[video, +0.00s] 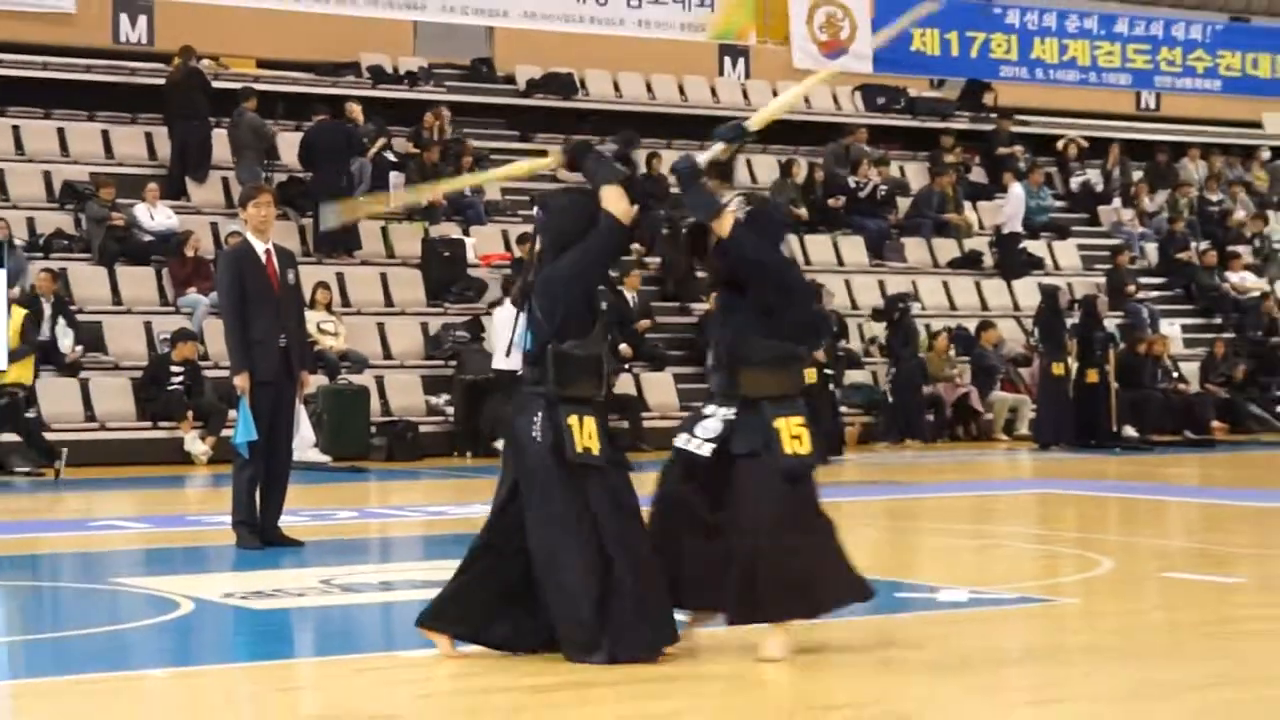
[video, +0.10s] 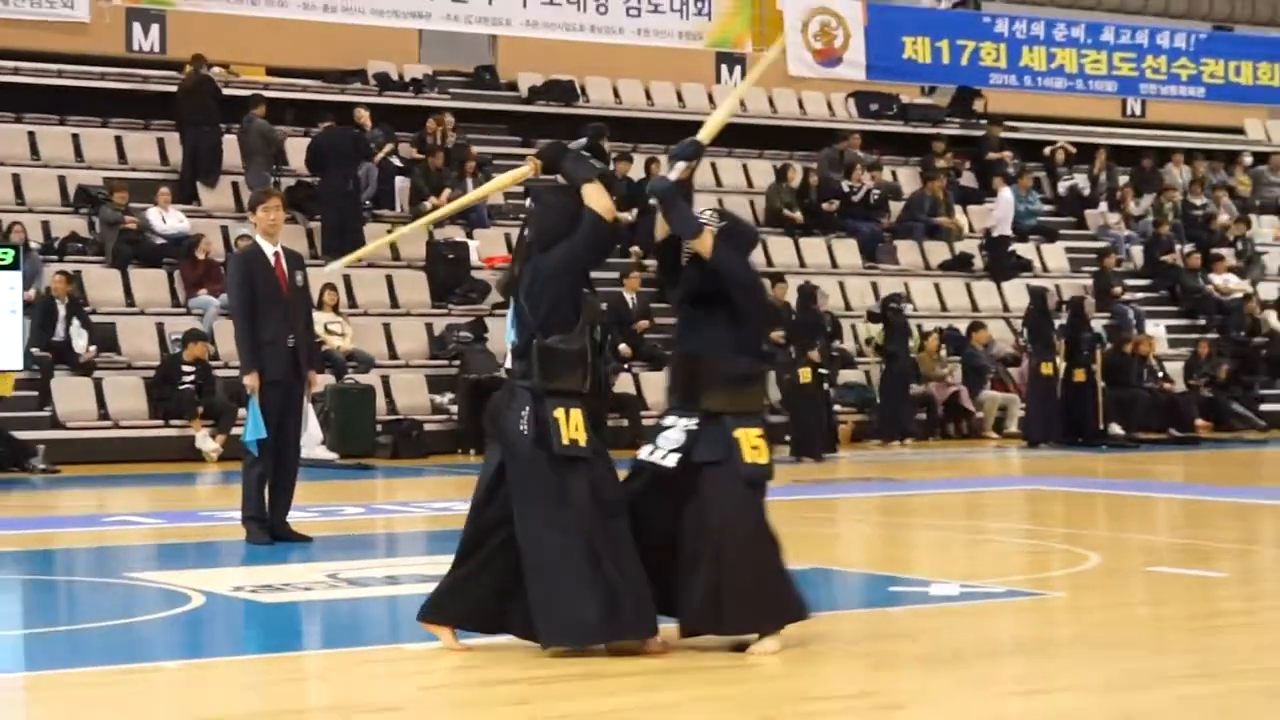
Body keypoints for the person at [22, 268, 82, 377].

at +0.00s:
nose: (41, 284)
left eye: (45, 281)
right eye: (39, 280)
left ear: (54, 285)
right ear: (35, 282)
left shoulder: (60, 302)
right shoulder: (28, 302)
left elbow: (73, 325)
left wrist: (77, 346)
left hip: (53, 344)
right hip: (33, 344)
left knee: (72, 367)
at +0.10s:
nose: (55, 286)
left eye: (59, 283)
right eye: (54, 282)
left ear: (68, 287)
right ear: (50, 284)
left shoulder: (73, 303)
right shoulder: (43, 302)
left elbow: (89, 326)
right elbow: (36, 326)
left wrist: (91, 348)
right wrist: (35, 348)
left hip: (65, 346)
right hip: (44, 346)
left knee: (86, 365)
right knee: (47, 364)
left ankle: (78, 403)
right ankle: (45, 403)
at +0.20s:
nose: (63, 286)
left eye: (68, 283)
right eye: (62, 283)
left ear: (76, 287)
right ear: (59, 285)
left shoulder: (82, 303)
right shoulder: (52, 302)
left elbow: (96, 325)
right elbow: (45, 326)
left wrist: (100, 347)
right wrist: (46, 348)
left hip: (74, 346)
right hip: (54, 346)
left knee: (95, 365)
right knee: (56, 365)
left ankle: (86, 402)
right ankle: (52, 401)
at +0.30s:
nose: (72, 287)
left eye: (76, 284)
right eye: (71, 283)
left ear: (85, 288)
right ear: (68, 285)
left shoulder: (90, 303)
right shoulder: (61, 303)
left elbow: (105, 326)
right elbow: (53, 327)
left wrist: (107, 348)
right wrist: (53, 349)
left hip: (83, 346)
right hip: (63, 346)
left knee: (103, 365)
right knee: (64, 363)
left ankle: (97, 402)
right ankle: (62, 401)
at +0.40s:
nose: (83, 288)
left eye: (88, 285)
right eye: (82, 285)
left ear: (96, 289)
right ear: (80, 287)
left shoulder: (102, 304)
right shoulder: (73, 304)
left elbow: (116, 326)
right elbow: (66, 328)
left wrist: (119, 348)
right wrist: (67, 349)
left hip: (94, 346)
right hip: (74, 346)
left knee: (114, 363)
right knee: (76, 362)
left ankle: (106, 399)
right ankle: (75, 400)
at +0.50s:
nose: (101, 291)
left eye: (105, 288)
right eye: (99, 288)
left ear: (113, 292)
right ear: (96, 290)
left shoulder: (118, 306)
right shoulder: (91, 306)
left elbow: (132, 326)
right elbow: (84, 328)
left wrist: (135, 349)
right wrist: (83, 348)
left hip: (112, 345)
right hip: (94, 345)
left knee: (130, 364)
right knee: (93, 364)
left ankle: (124, 399)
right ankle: (93, 399)